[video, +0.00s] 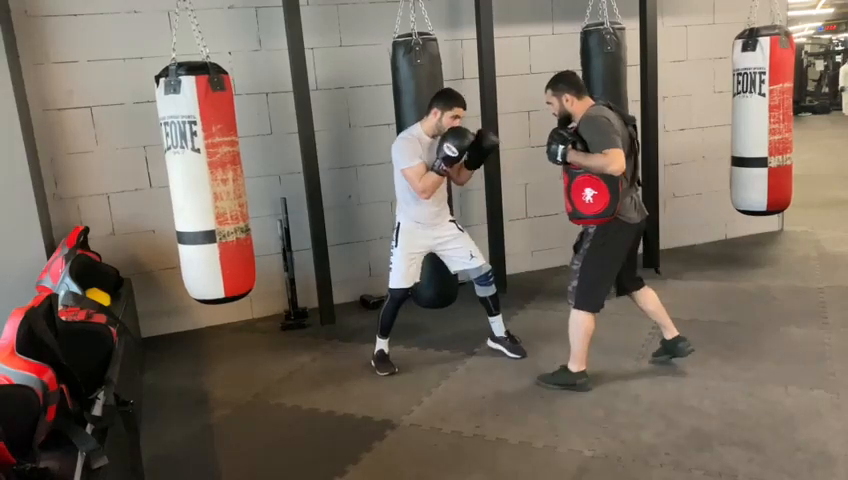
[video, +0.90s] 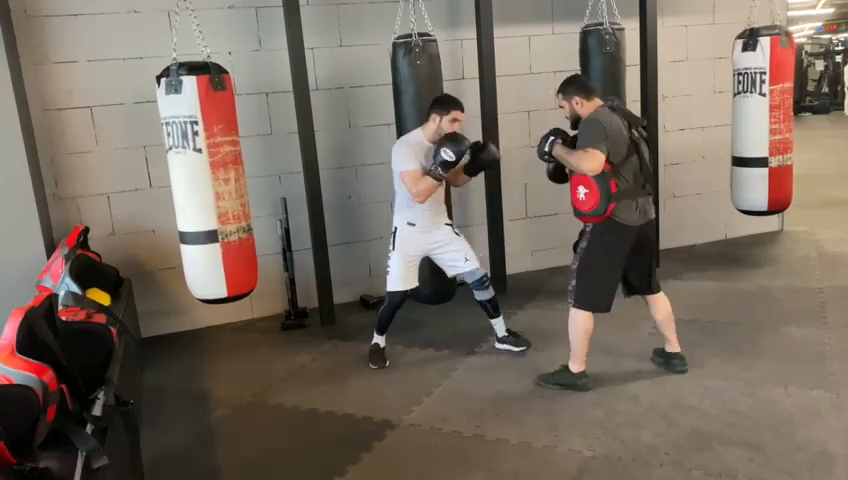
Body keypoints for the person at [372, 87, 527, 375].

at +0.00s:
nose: (456, 126)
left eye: (459, 121)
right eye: (454, 119)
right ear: (436, 114)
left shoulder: (445, 141)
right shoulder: (405, 143)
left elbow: (461, 179)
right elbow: (424, 189)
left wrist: (477, 154)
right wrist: (447, 158)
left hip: (444, 225)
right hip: (411, 228)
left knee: (483, 272)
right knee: (399, 290)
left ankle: (499, 335)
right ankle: (381, 350)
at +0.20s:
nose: (474, 130)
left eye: (476, 126)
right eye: (475, 125)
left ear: (464, 117)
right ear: (467, 117)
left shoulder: (453, 141)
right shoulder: (437, 135)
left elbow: (467, 183)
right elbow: (461, 181)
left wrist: (483, 152)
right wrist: (478, 151)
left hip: (446, 225)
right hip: (421, 227)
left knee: (482, 277)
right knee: (412, 296)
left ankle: (505, 335)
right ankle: (383, 349)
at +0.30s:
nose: (488, 145)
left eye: (489, 142)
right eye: (489, 140)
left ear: (472, 130)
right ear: (478, 131)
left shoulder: (449, 147)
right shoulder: (458, 148)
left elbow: (449, 198)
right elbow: (500, 183)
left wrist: (477, 185)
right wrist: (503, 148)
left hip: (451, 231)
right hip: (427, 235)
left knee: (490, 277)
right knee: (422, 306)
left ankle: (504, 336)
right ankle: (380, 350)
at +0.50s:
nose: (500, 139)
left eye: (503, 134)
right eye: (496, 132)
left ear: (501, 132)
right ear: (481, 126)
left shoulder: (495, 154)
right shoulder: (445, 139)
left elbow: (509, 181)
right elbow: (435, 179)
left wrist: (541, 190)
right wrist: (462, 148)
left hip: (465, 232)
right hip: (429, 230)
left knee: (498, 288)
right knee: (411, 293)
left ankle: (505, 338)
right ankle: (390, 348)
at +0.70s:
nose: (488, 136)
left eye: (491, 131)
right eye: (485, 129)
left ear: (492, 130)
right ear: (468, 122)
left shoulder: (482, 152)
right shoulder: (435, 140)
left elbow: (487, 188)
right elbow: (432, 186)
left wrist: (513, 193)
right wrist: (460, 158)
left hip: (462, 231)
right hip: (426, 230)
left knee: (498, 279)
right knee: (405, 291)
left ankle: (505, 336)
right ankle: (381, 340)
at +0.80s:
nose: (477, 133)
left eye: (478, 127)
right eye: (472, 125)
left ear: (475, 127)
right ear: (453, 120)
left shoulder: (468, 147)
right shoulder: (421, 144)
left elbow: (469, 185)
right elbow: (428, 192)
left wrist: (494, 178)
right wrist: (455, 160)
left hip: (453, 229)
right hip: (419, 231)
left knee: (492, 277)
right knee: (407, 294)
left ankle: (505, 336)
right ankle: (380, 341)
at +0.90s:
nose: (457, 129)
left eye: (459, 123)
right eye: (453, 122)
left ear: (453, 123)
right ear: (436, 119)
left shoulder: (446, 147)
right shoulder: (405, 147)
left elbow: (456, 181)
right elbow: (419, 194)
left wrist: (475, 165)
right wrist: (442, 166)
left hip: (441, 228)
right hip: (408, 231)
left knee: (476, 275)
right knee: (398, 293)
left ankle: (502, 334)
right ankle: (378, 342)